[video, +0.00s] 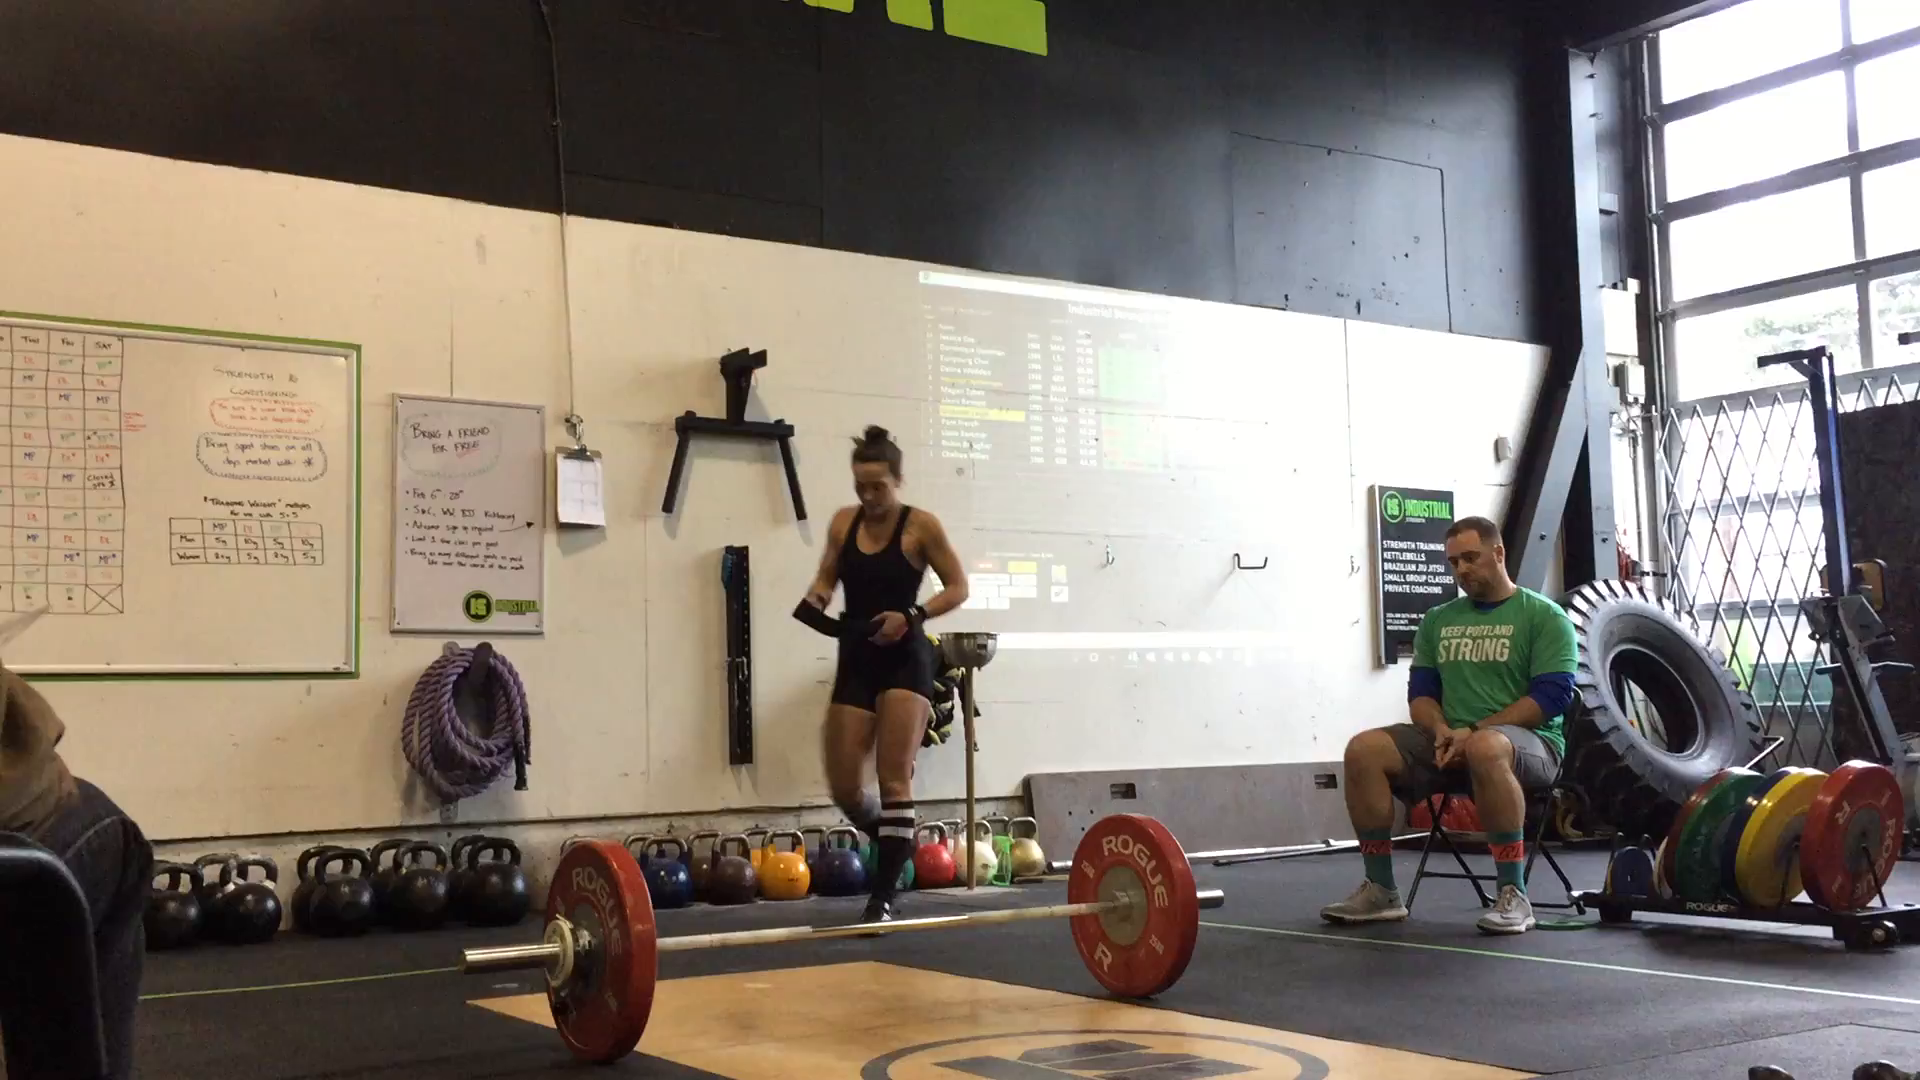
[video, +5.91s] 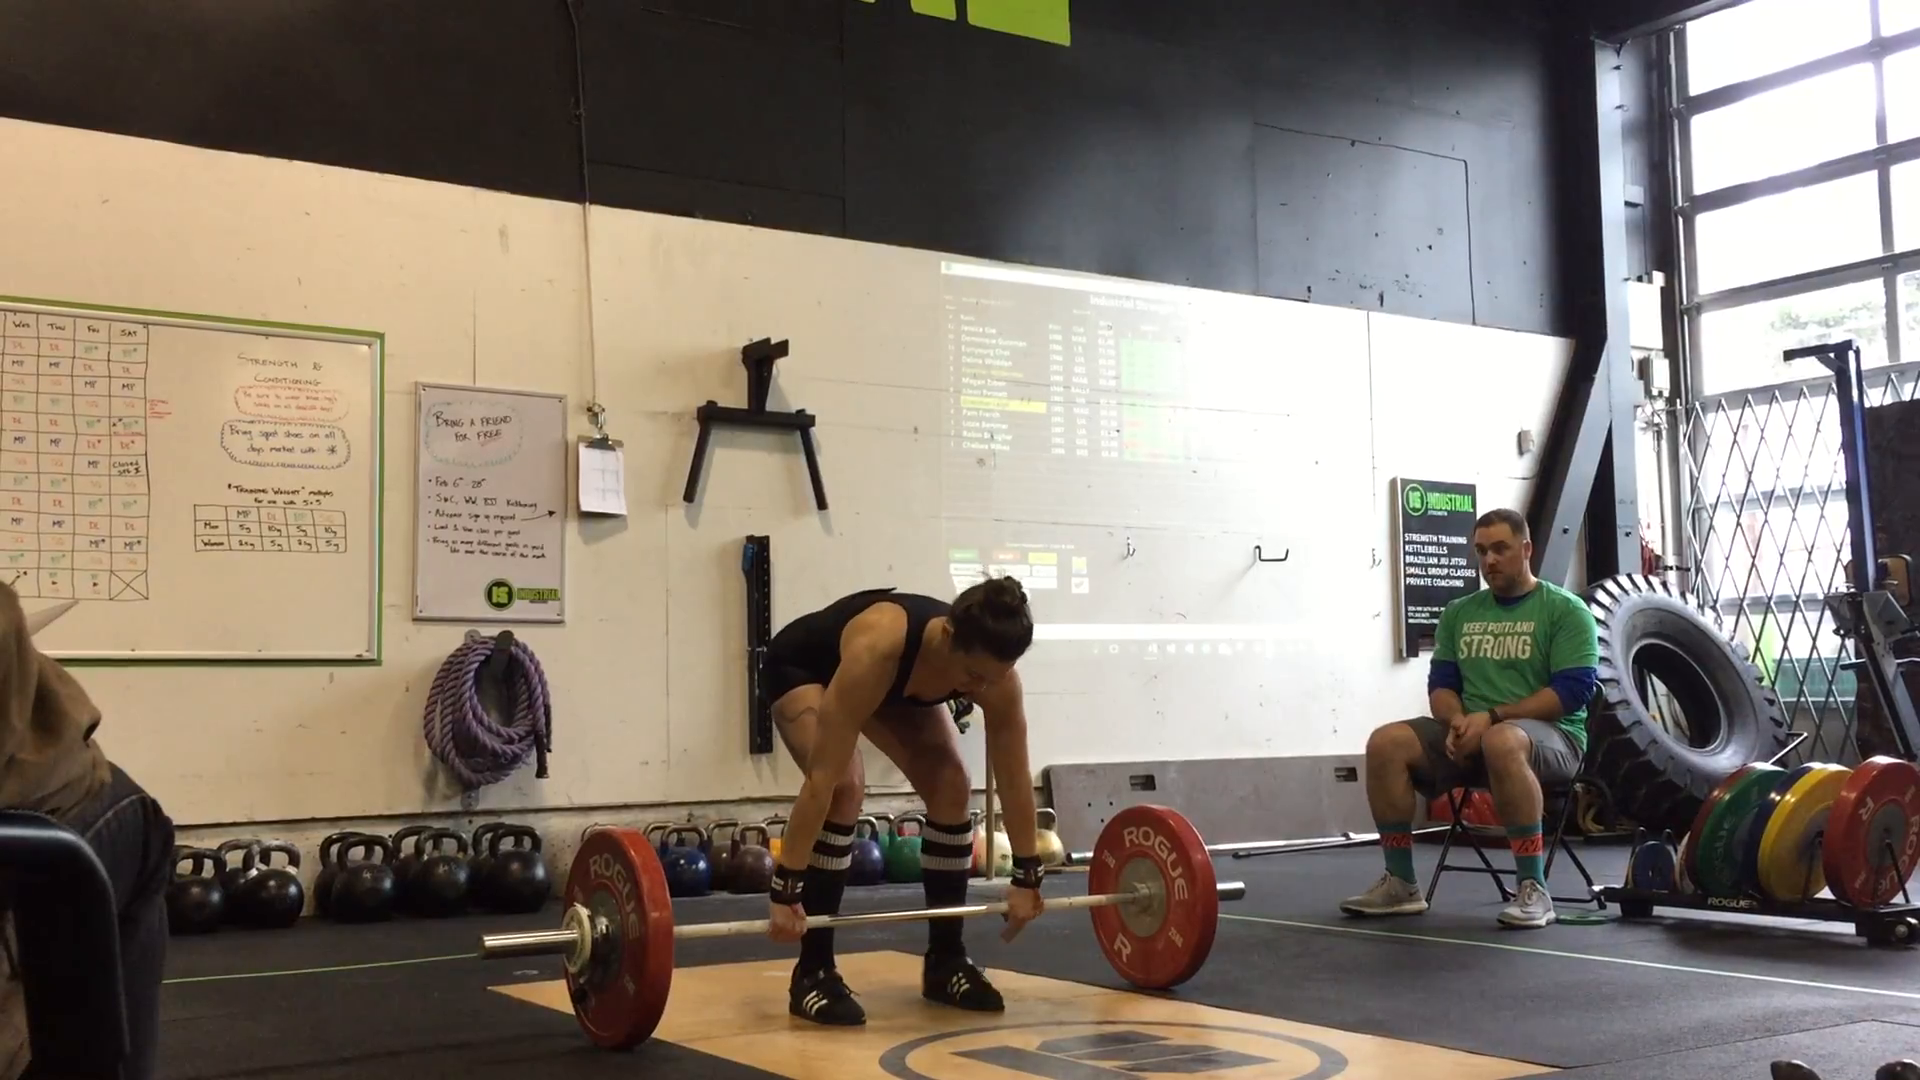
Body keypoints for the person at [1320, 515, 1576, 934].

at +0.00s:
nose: (1461, 570)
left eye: (1470, 558)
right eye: (1454, 562)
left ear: (1499, 553)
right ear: (1449, 566)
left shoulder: (1545, 617)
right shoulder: (1437, 621)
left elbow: (1553, 696)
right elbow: (1421, 696)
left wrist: (1477, 731)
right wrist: (1439, 727)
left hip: (1528, 743)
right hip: (1450, 743)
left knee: (1486, 747)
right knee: (1363, 750)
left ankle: (1512, 896)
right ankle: (1381, 891)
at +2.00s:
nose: (1463, 606)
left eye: (1472, 595)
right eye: (1454, 596)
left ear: (1497, 580)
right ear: (1444, 588)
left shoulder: (1536, 632)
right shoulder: (1427, 635)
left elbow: (1548, 708)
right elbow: (1409, 710)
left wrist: (1469, 740)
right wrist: (1431, 735)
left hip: (1522, 757)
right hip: (1441, 757)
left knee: (1475, 763)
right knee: (1357, 764)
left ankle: (1504, 911)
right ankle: (1374, 904)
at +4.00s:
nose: (1484, 593)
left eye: (1493, 581)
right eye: (1475, 583)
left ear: (1518, 565)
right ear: (1465, 573)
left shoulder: (1559, 616)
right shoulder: (1450, 620)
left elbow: (1571, 692)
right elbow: (1431, 695)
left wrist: (1491, 727)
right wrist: (1453, 719)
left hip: (1544, 740)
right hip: (1462, 739)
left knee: (1496, 747)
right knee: (1379, 748)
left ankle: (1527, 895)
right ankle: (1395, 888)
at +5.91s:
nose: (1490, 559)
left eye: (1500, 549)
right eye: (1482, 551)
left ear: (1527, 549)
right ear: (1475, 555)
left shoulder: (1566, 611)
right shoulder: (1458, 613)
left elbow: (1573, 692)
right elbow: (1442, 684)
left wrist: (1492, 718)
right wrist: (1455, 719)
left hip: (1551, 735)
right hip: (1472, 736)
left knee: (1502, 742)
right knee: (1385, 744)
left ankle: (1532, 890)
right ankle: (1401, 884)